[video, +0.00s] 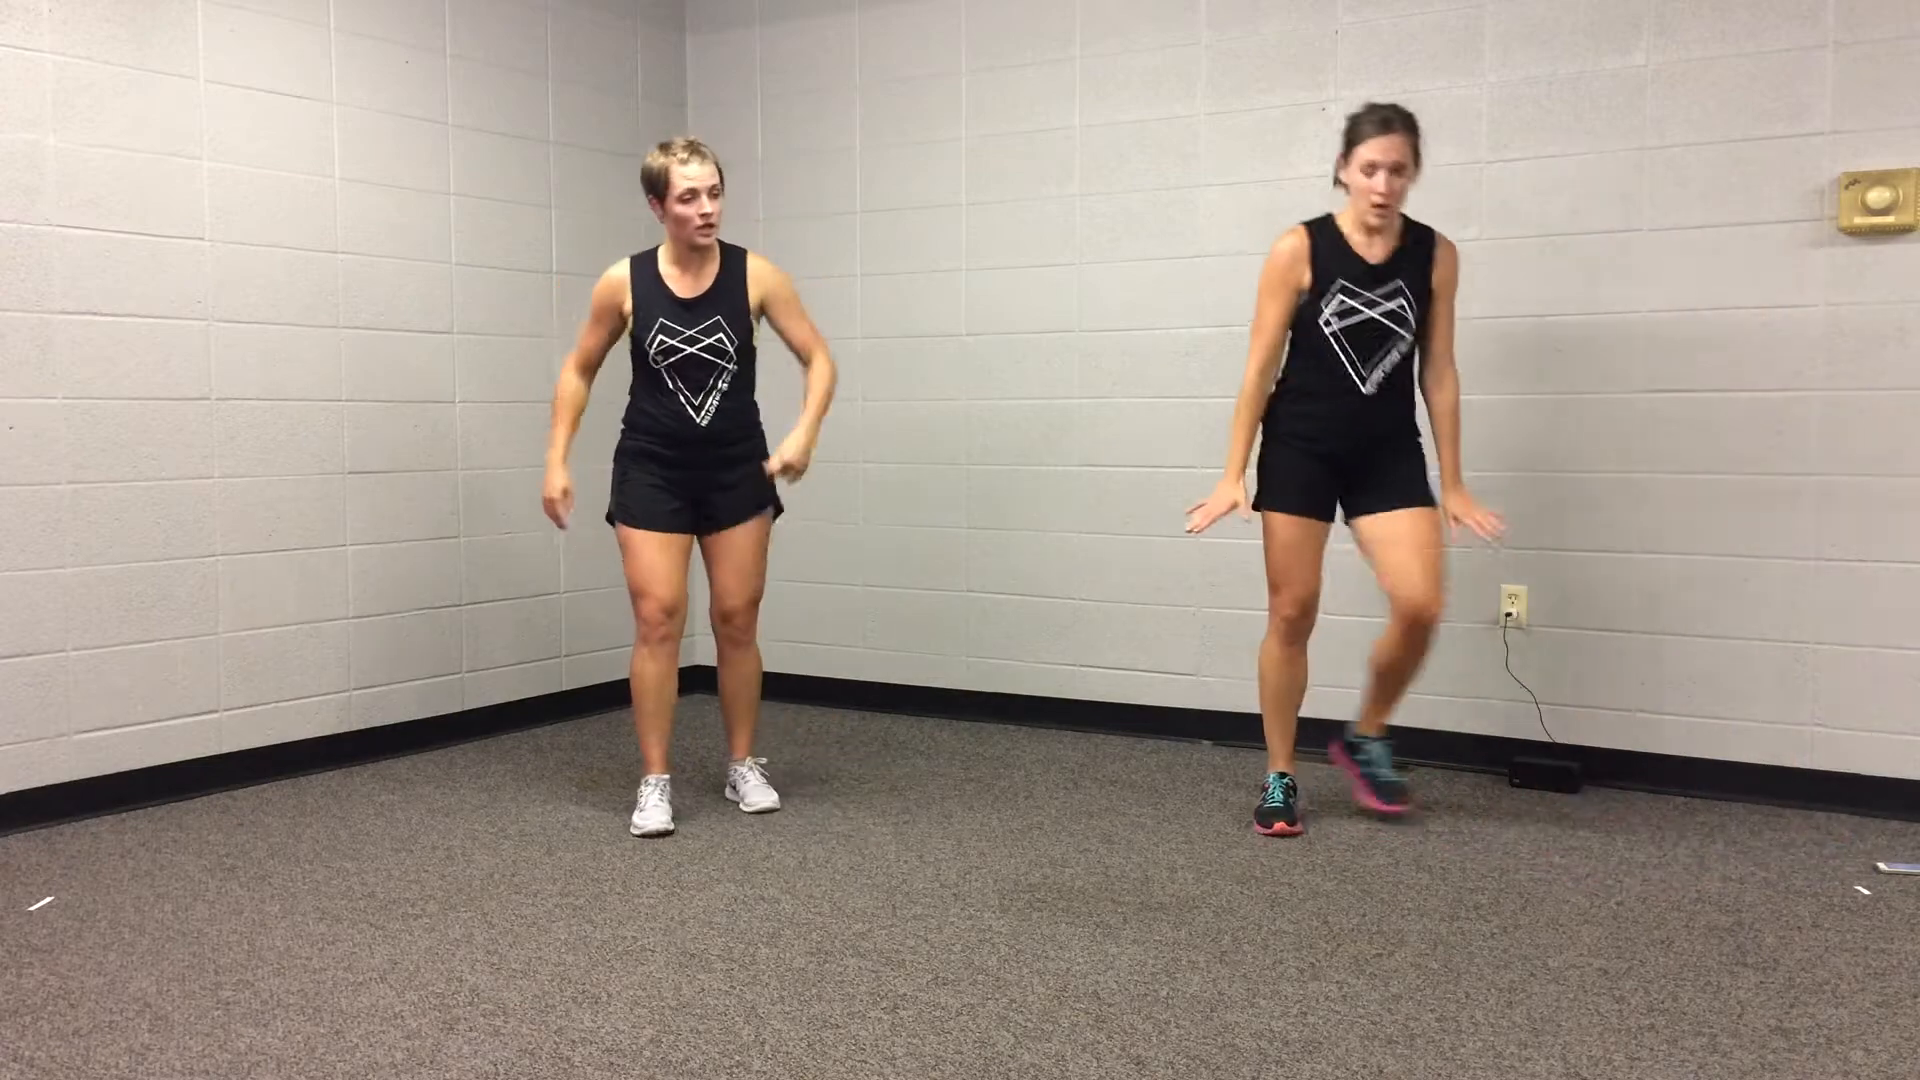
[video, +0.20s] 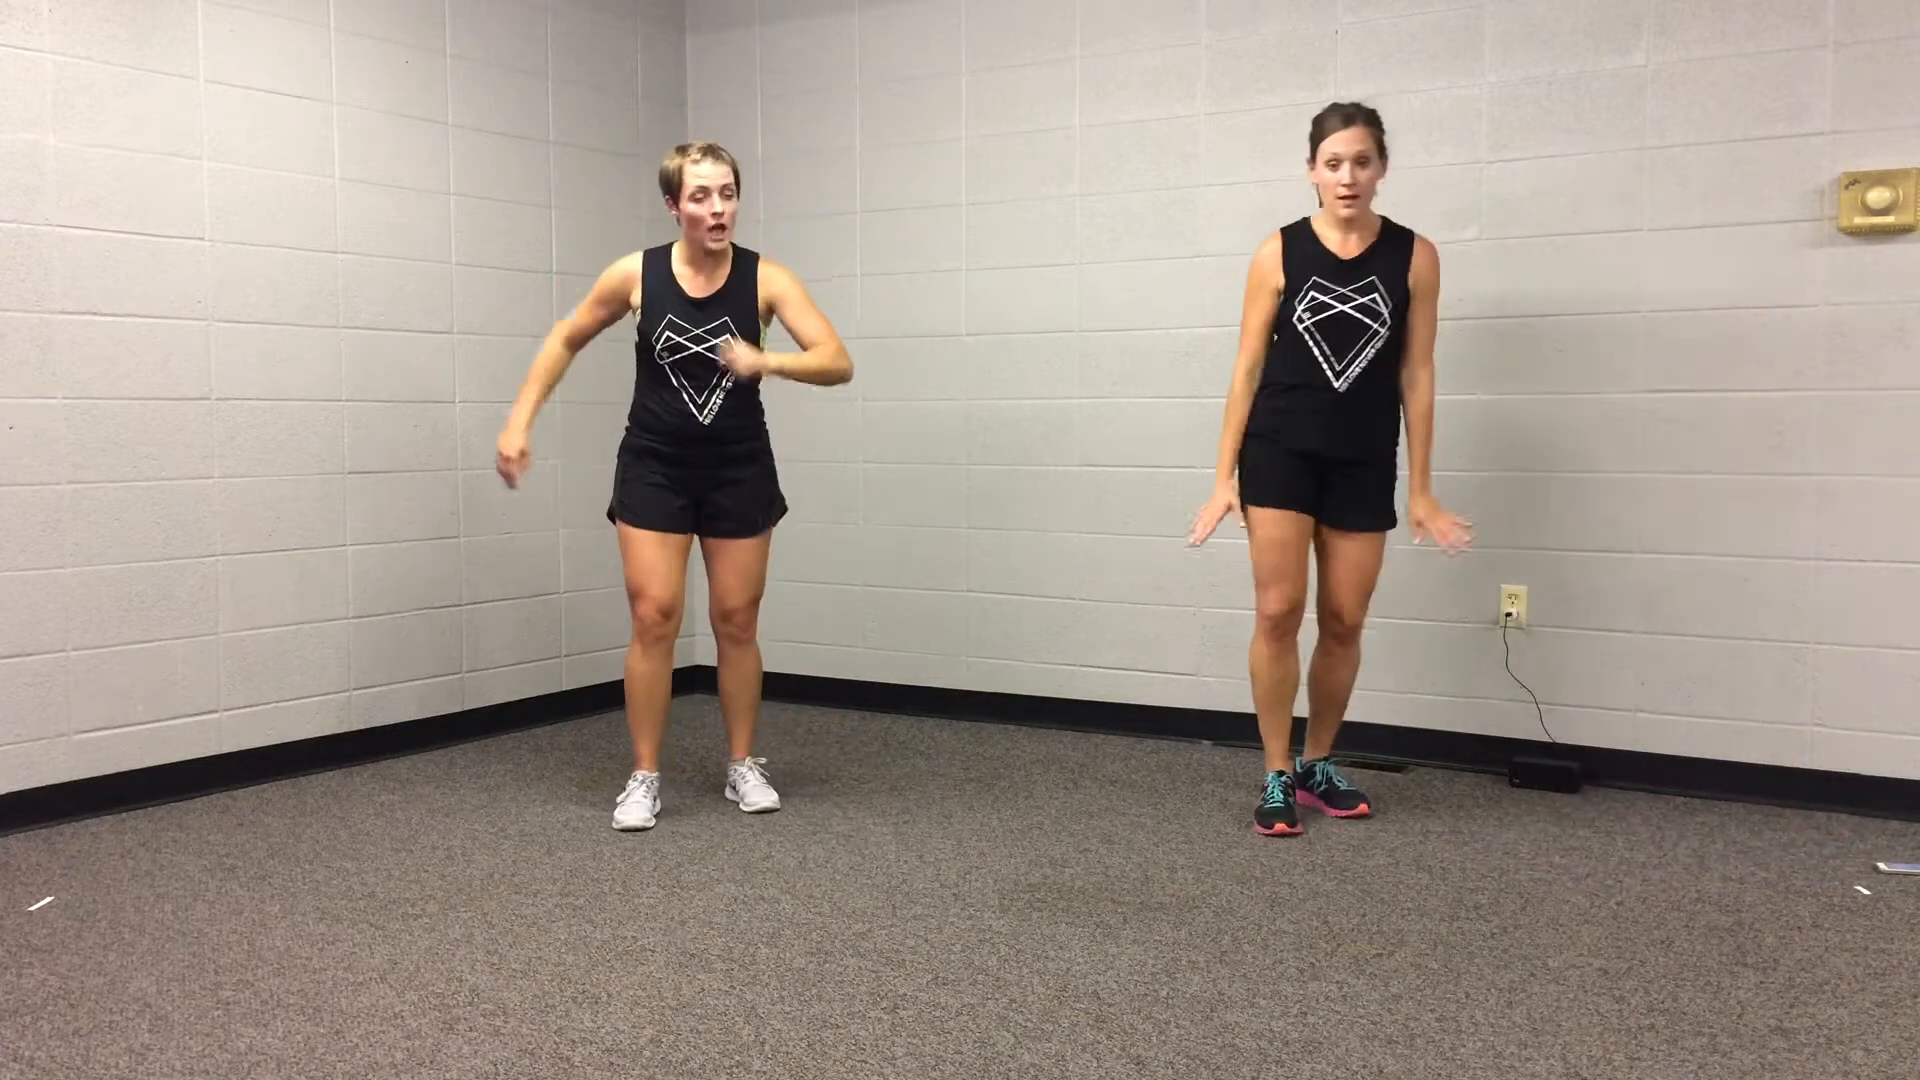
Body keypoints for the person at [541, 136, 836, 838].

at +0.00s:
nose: (707, 207)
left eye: (713, 193)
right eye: (690, 196)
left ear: (723, 197)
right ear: (659, 206)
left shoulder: (757, 277)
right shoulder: (623, 285)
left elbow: (819, 360)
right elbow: (580, 369)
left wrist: (804, 438)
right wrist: (556, 462)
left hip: (736, 470)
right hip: (652, 471)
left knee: (737, 618)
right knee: (657, 619)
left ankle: (743, 766)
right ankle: (654, 780)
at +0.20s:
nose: (715, 207)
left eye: (726, 193)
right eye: (700, 195)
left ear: (739, 201)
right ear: (674, 206)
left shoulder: (767, 279)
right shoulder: (633, 276)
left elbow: (838, 363)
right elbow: (566, 340)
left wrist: (765, 362)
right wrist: (518, 421)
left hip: (738, 472)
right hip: (654, 470)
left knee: (737, 619)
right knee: (652, 615)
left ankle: (743, 764)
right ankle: (645, 774)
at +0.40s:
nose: (708, 210)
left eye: (720, 195)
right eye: (693, 198)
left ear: (739, 205)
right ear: (673, 209)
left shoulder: (761, 285)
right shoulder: (640, 260)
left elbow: (802, 375)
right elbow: (549, 274)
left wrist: (782, 278)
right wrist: (465, 311)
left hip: (730, 469)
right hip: (646, 467)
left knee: (733, 620)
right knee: (650, 615)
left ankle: (743, 764)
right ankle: (643, 775)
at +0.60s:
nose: (707, 220)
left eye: (719, 206)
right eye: (692, 209)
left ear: (739, 213)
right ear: (674, 216)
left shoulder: (762, 290)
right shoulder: (649, 254)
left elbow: (776, 398)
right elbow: (546, 218)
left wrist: (724, 319)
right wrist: (447, 254)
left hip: (717, 470)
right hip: (635, 467)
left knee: (725, 619)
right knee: (641, 616)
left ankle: (744, 764)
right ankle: (641, 774)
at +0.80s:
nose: (689, 246)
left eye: (702, 232)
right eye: (676, 232)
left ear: (722, 235)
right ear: (657, 235)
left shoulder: (752, 313)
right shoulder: (618, 304)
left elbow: (755, 414)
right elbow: (534, 363)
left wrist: (744, 504)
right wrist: (530, 466)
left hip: (704, 493)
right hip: (621, 487)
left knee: (717, 644)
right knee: (632, 633)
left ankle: (741, 762)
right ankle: (641, 778)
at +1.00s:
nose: (674, 239)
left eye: (688, 227)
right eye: (662, 223)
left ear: (703, 225)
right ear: (635, 215)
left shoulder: (715, 275)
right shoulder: (598, 291)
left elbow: (803, 316)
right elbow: (637, 365)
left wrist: (856, 276)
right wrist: (721, 293)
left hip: (713, 476)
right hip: (631, 486)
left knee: (761, 606)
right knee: (639, 641)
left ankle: (782, 766)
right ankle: (641, 779)